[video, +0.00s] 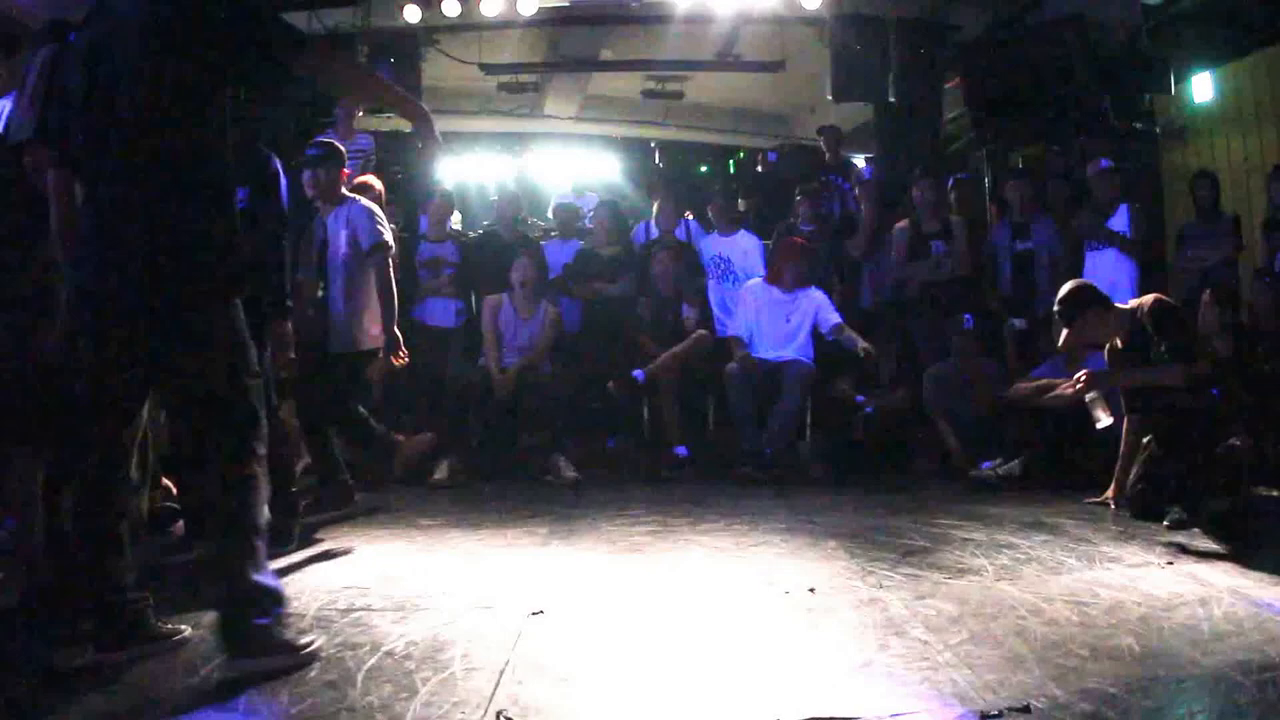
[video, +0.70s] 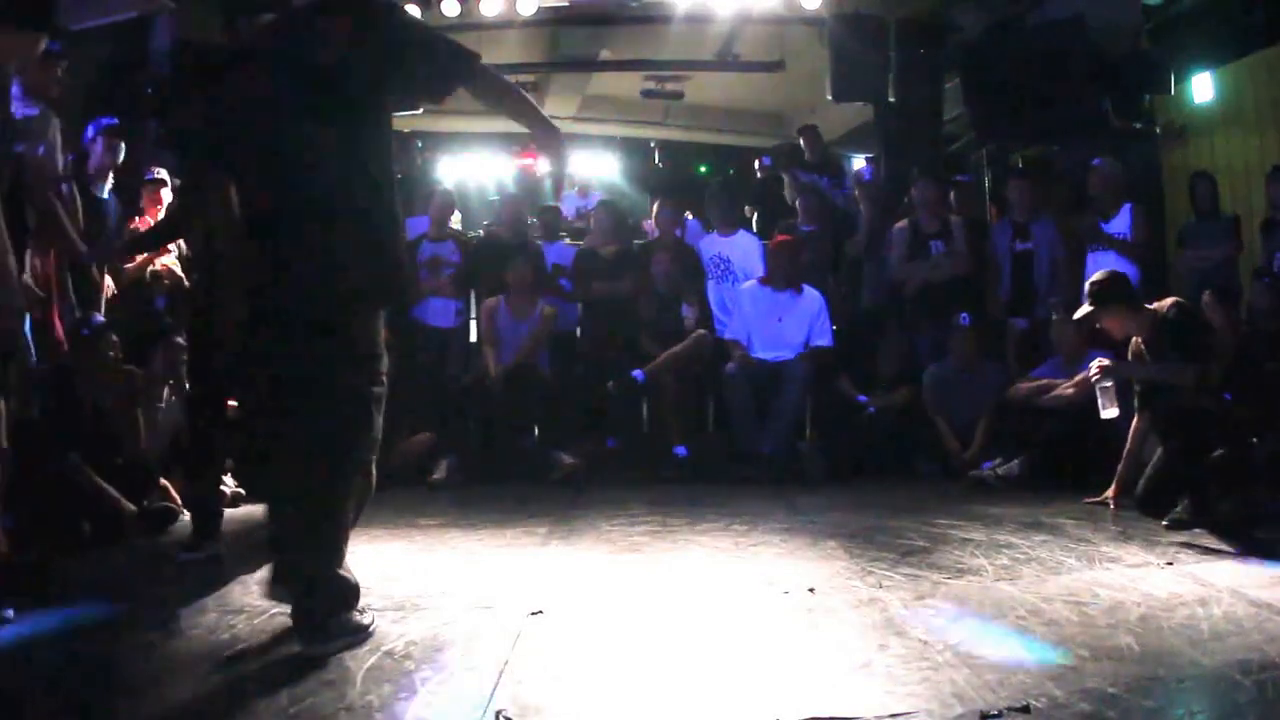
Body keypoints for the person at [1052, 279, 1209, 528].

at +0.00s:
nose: (1079, 340)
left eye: (1076, 329)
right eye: (1074, 332)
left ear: (1093, 315)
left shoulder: (1154, 309)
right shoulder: (1116, 351)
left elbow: (1181, 372)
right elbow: (1134, 417)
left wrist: (1111, 379)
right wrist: (1117, 485)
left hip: (1203, 420)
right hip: (1166, 431)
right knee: (1139, 501)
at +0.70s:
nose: (1101, 326)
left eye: (1101, 317)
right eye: (1098, 319)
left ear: (1120, 308)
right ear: (1120, 311)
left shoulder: (1174, 313)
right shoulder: (1138, 349)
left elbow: (1192, 372)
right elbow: (1142, 418)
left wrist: (1125, 370)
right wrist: (1117, 485)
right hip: (1180, 435)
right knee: (1150, 502)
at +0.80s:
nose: (1112, 318)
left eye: (1115, 308)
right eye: (1111, 310)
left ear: (1134, 302)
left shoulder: (1187, 314)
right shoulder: (1149, 345)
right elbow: (1144, 418)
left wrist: (1135, 363)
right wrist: (1117, 485)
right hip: (1187, 432)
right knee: (1148, 500)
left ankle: (1197, 501)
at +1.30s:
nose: (1151, 289)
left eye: (1156, 280)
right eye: (1151, 281)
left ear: (1179, 281)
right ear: (1175, 283)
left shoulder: (1221, 310)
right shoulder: (1176, 332)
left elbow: (1214, 362)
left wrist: (1144, 360)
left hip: (1235, 425)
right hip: (1200, 430)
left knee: (1183, 385)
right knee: (1150, 495)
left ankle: (1197, 500)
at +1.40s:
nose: (1154, 288)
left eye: (1159, 278)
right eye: (1154, 280)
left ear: (1184, 279)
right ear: (1178, 281)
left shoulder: (1223, 310)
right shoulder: (1178, 332)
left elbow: (1215, 361)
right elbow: (1181, 407)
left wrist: (1142, 363)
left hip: (1239, 427)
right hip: (1202, 432)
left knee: (1189, 386)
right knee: (1150, 495)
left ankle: (1198, 501)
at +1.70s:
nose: (1163, 282)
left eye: (1171, 273)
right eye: (1164, 274)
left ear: (1198, 277)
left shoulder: (1230, 312)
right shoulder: (1181, 332)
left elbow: (1217, 358)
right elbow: (1180, 402)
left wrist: (1143, 370)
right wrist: (1175, 453)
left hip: (1245, 429)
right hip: (1208, 433)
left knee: (1197, 404)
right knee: (1156, 496)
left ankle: (1204, 502)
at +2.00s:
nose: (1175, 280)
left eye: (1185, 272)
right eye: (1176, 272)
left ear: (1210, 277)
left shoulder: (1236, 312)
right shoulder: (1186, 332)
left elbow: (1220, 358)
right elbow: (1184, 404)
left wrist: (1144, 373)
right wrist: (1174, 457)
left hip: (1250, 427)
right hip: (1210, 431)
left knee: (1198, 391)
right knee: (1156, 499)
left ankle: (1205, 505)